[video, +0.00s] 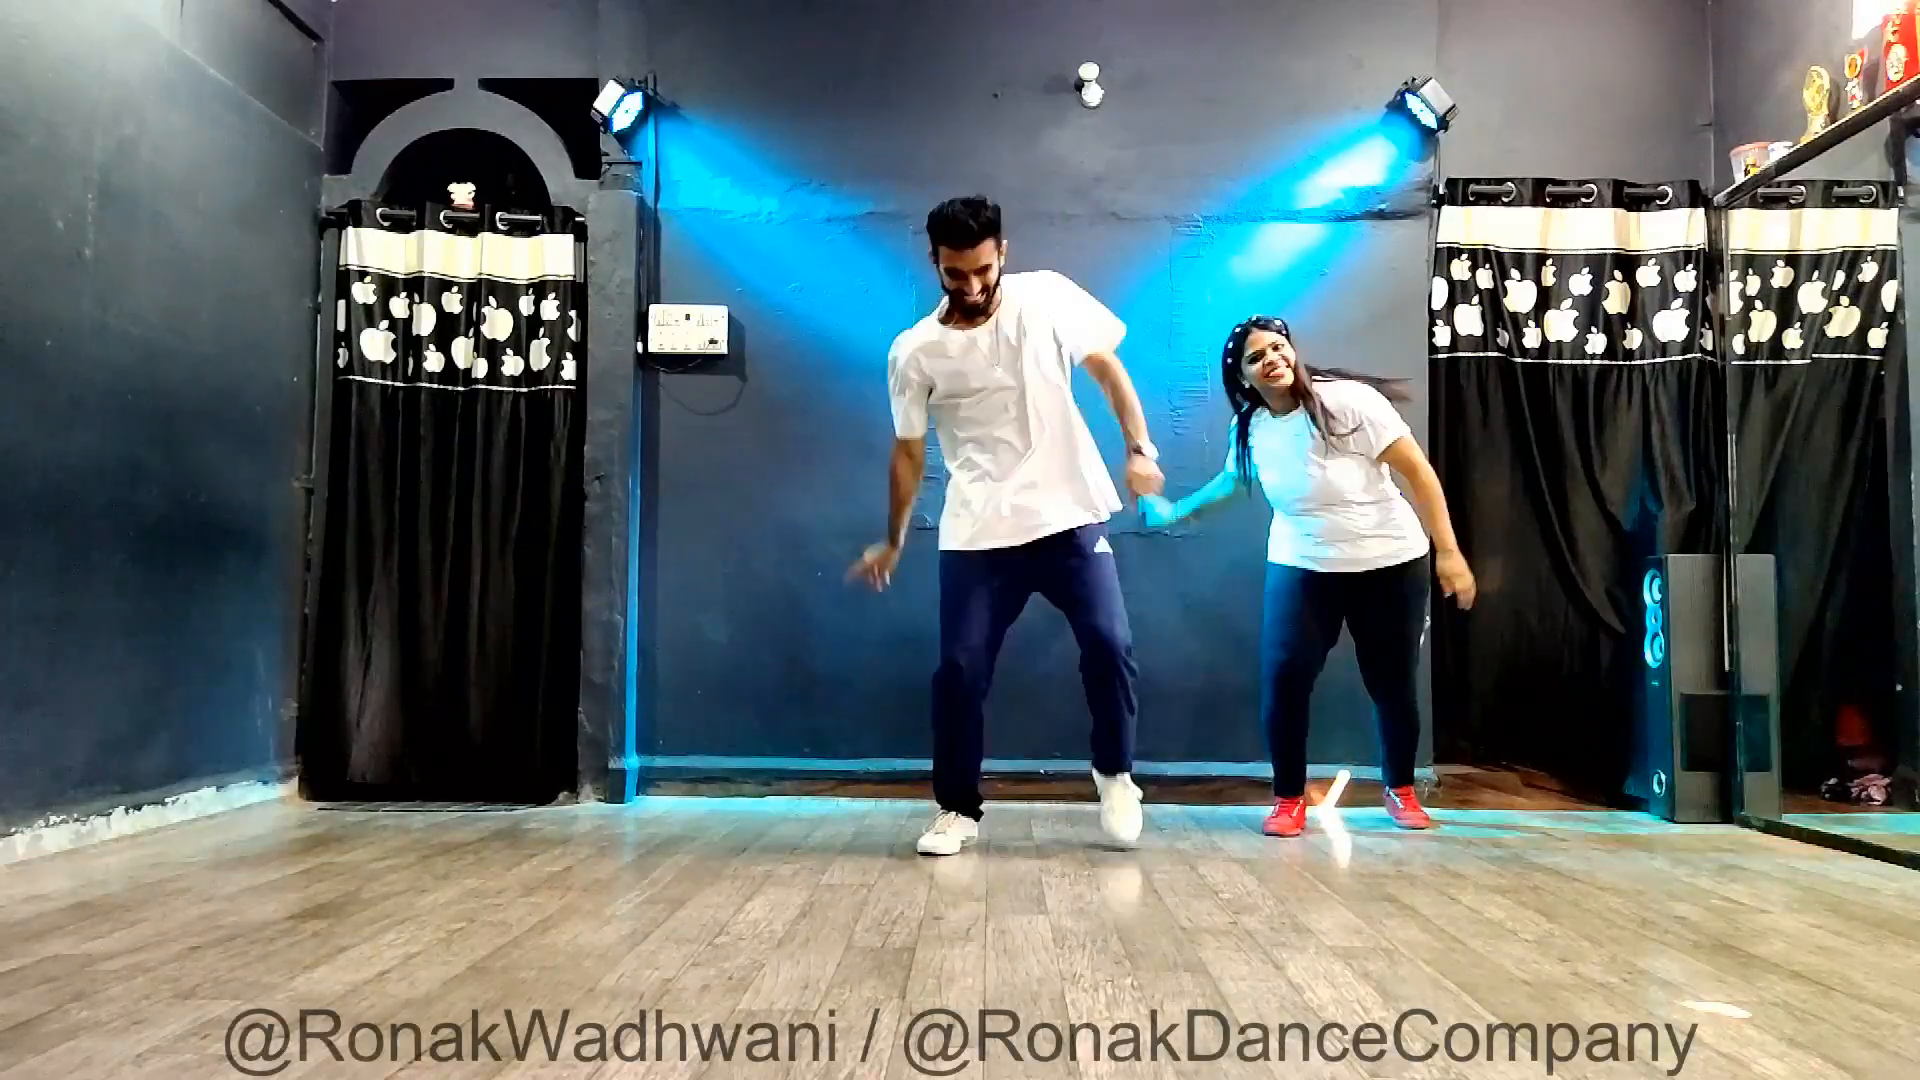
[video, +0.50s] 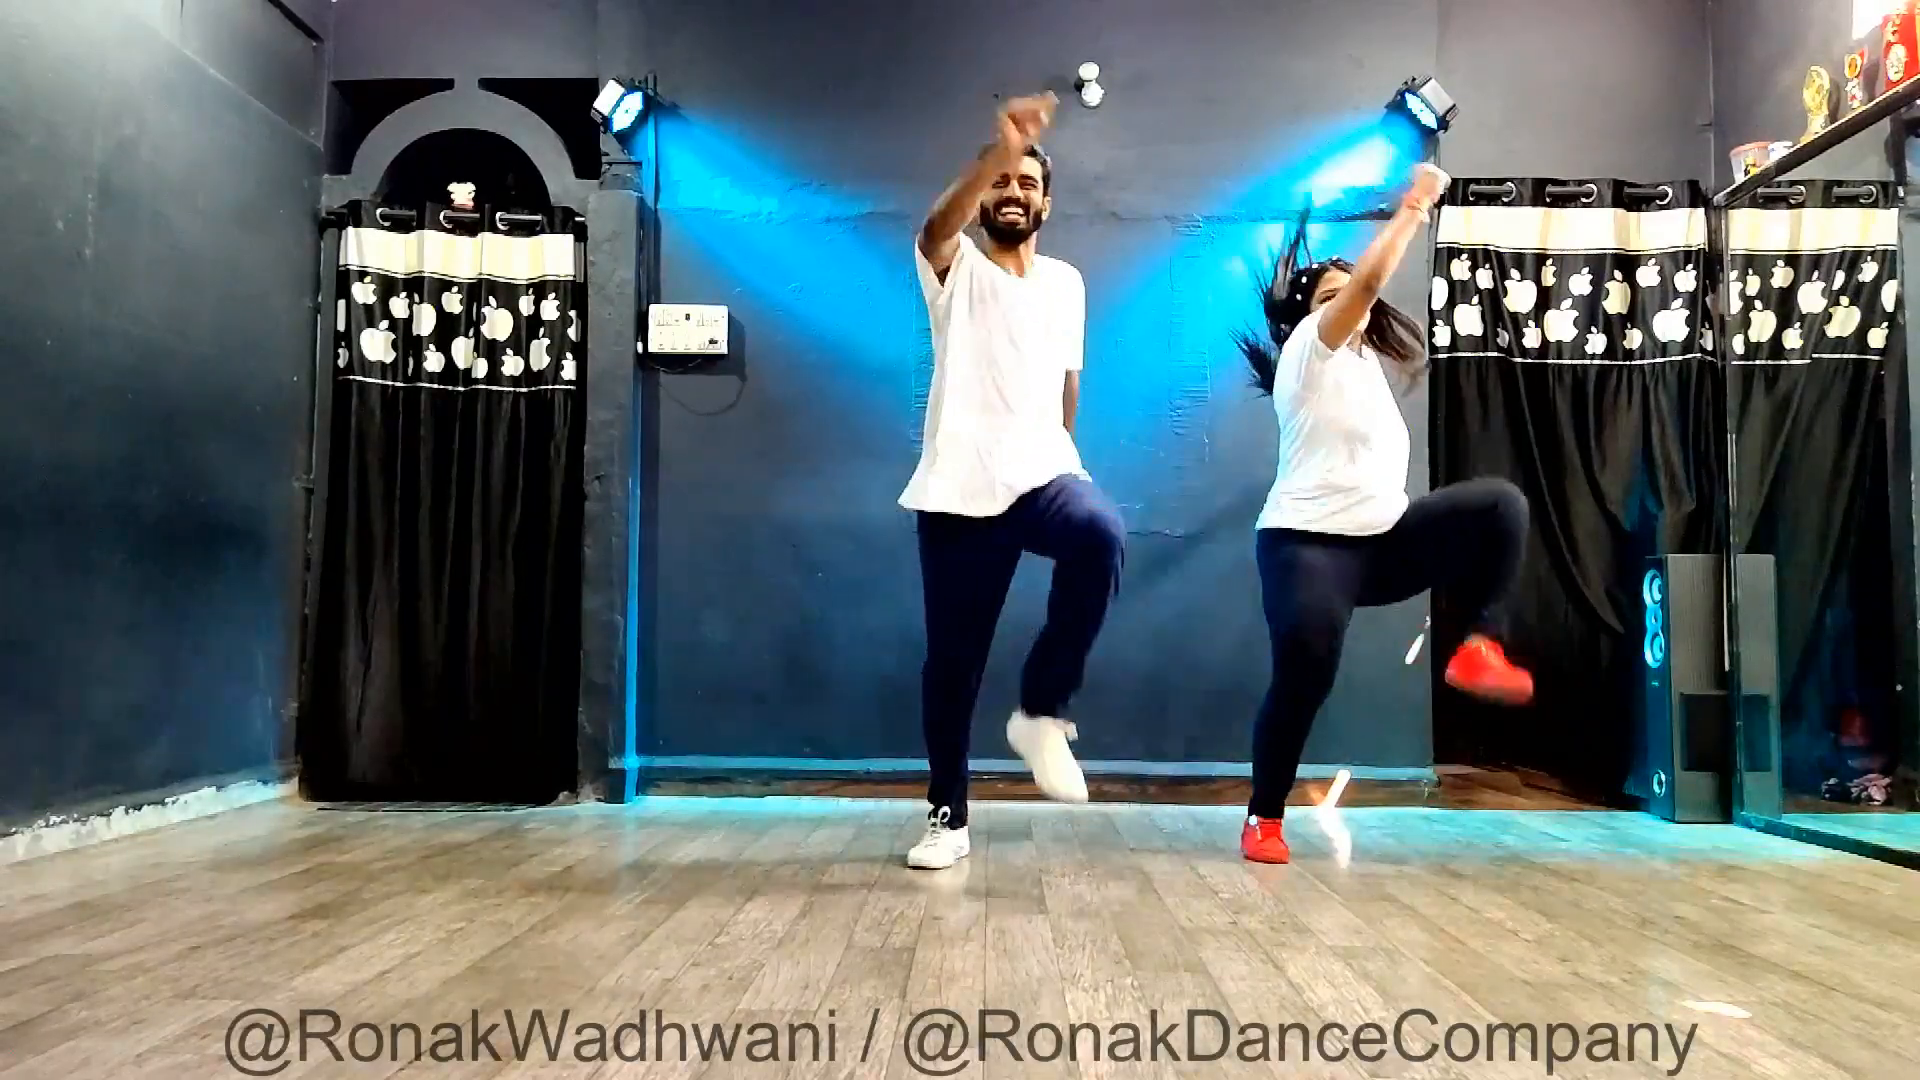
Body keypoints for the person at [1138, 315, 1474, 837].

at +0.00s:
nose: (1272, 358)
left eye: (1276, 346)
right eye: (1256, 357)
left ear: (1293, 351)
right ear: (1244, 379)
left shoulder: (1352, 402)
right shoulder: (1250, 430)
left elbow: (1419, 473)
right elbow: (1232, 481)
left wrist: (1448, 550)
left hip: (1386, 562)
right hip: (1301, 566)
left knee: (1393, 684)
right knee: (1284, 676)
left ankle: (1400, 790)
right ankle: (1289, 797)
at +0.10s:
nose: (1272, 336)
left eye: (1278, 326)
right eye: (1257, 334)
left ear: (1295, 334)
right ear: (1243, 357)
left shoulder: (1345, 377)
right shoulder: (1242, 426)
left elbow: (1413, 417)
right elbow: (1236, 522)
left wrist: (1465, 468)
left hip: (1380, 543)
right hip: (1298, 561)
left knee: (1446, 632)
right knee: (1281, 669)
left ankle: (1411, 737)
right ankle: (1289, 798)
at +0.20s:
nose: (1289, 301)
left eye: (1298, 292)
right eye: (1276, 296)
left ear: (1315, 302)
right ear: (1260, 312)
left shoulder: (1347, 346)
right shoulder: (1253, 380)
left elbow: (1396, 377)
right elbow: (1270, 455)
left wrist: (1449, 415)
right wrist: (1283, 520)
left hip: (1372, 520)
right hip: (1301, 540)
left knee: (1468, 538)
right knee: (1294, 680)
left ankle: (1427, 667)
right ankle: (1288, 794)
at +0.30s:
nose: (1327, 277)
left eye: (1337, 271)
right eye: (1314, 270)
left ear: (1352, 284)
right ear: (1291, 285)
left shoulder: (1357, 335)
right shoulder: (1276, 326)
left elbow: (1384, 350)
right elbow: (1320, 333)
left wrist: (1414, 366)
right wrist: (1355, 312)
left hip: (1372, 495)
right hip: (1296, 515)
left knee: (1471, 444)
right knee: (1295, 651)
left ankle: (1445, 575)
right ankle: (1267, 782)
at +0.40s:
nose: (1355, 298)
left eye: (1361, 290)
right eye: (1340, 281)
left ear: (1366, 300)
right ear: (1314, 289)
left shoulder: (1361, 354)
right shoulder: (1297, 337)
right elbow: (1355, 276)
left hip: (1371, 507)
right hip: (1302, 524)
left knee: (1466, 429)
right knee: (1298, 667)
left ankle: (1456, 559)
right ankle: (1264, 809)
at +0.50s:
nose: (1354, 286)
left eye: (1354, 282)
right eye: (1340, 281)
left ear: (1352, 305)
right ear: (1311, 300)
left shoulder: (1367, 364)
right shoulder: (1306, 349)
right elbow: (1369, 282)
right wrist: (1413, 208)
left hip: (1381, 541)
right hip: (1307, 542)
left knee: (1499, 507)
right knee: (1306, 668)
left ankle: (1466, 642)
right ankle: (1264, 816)